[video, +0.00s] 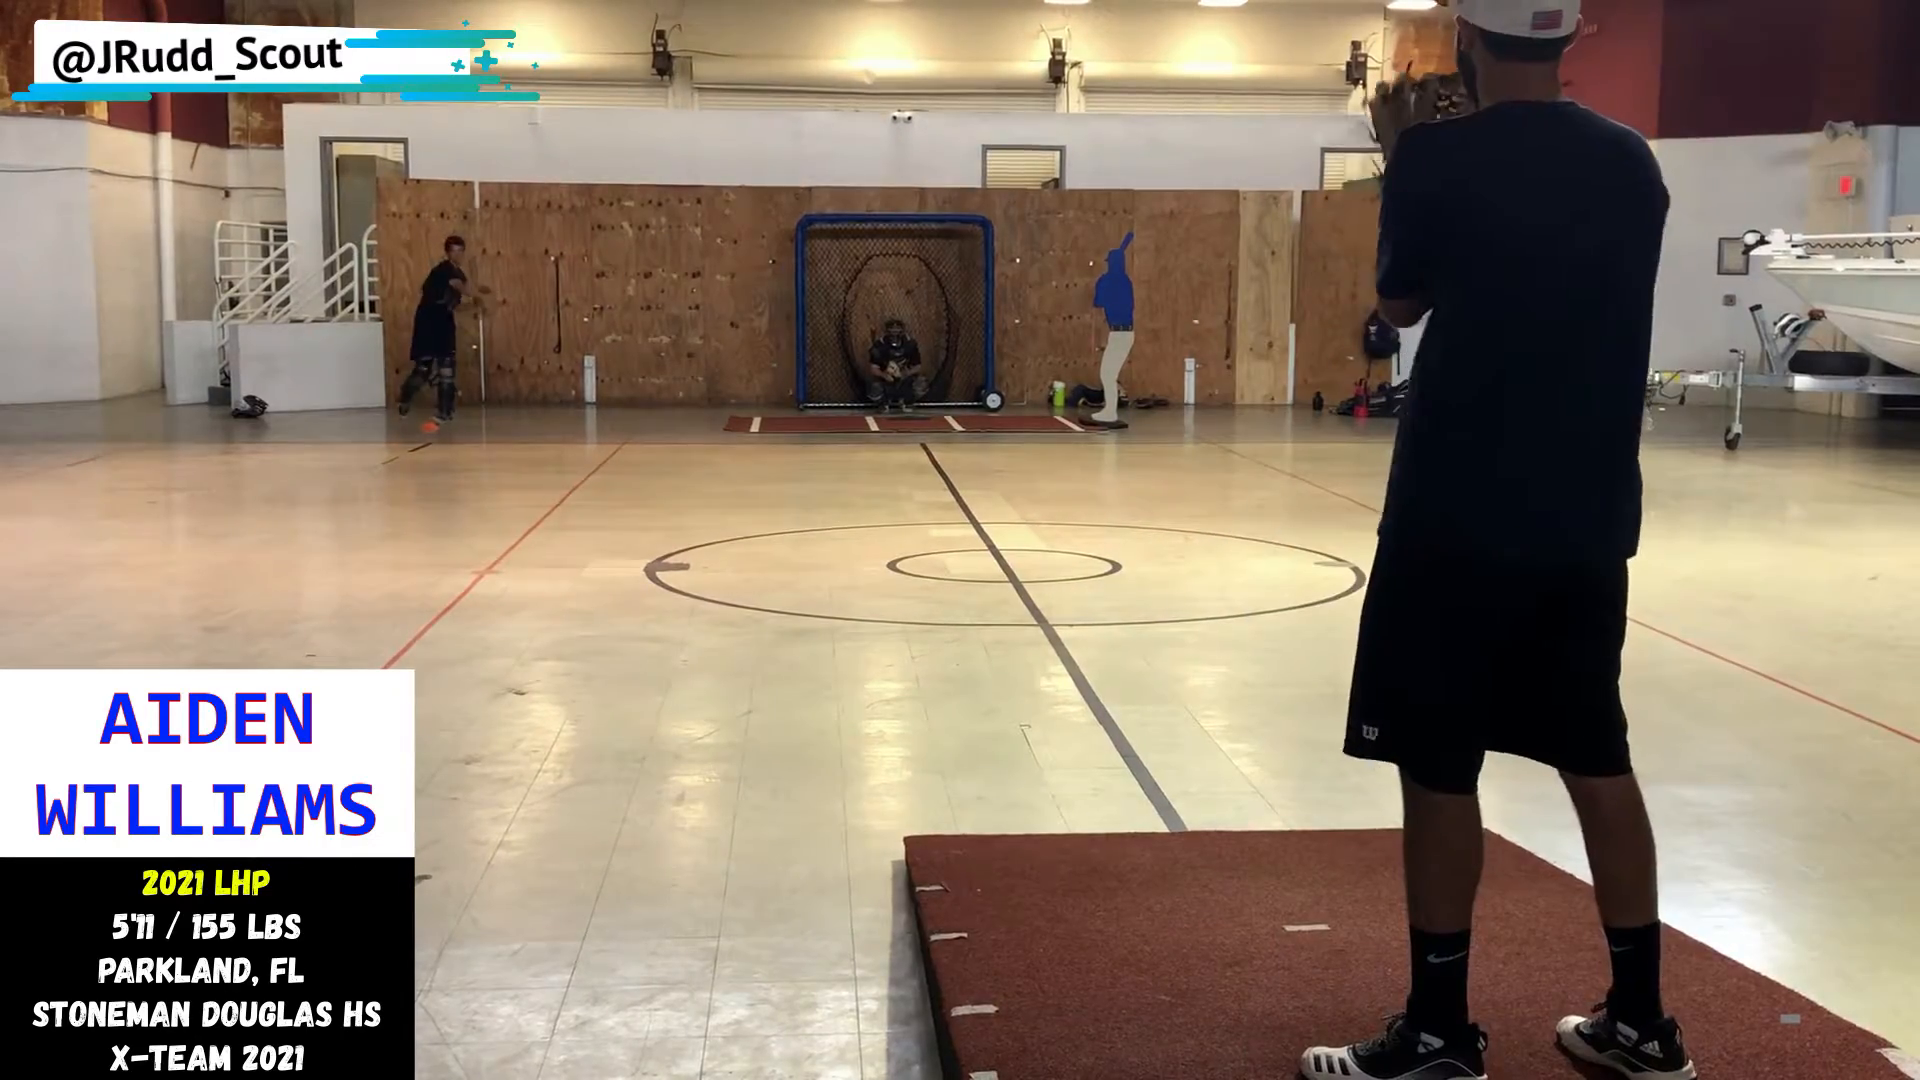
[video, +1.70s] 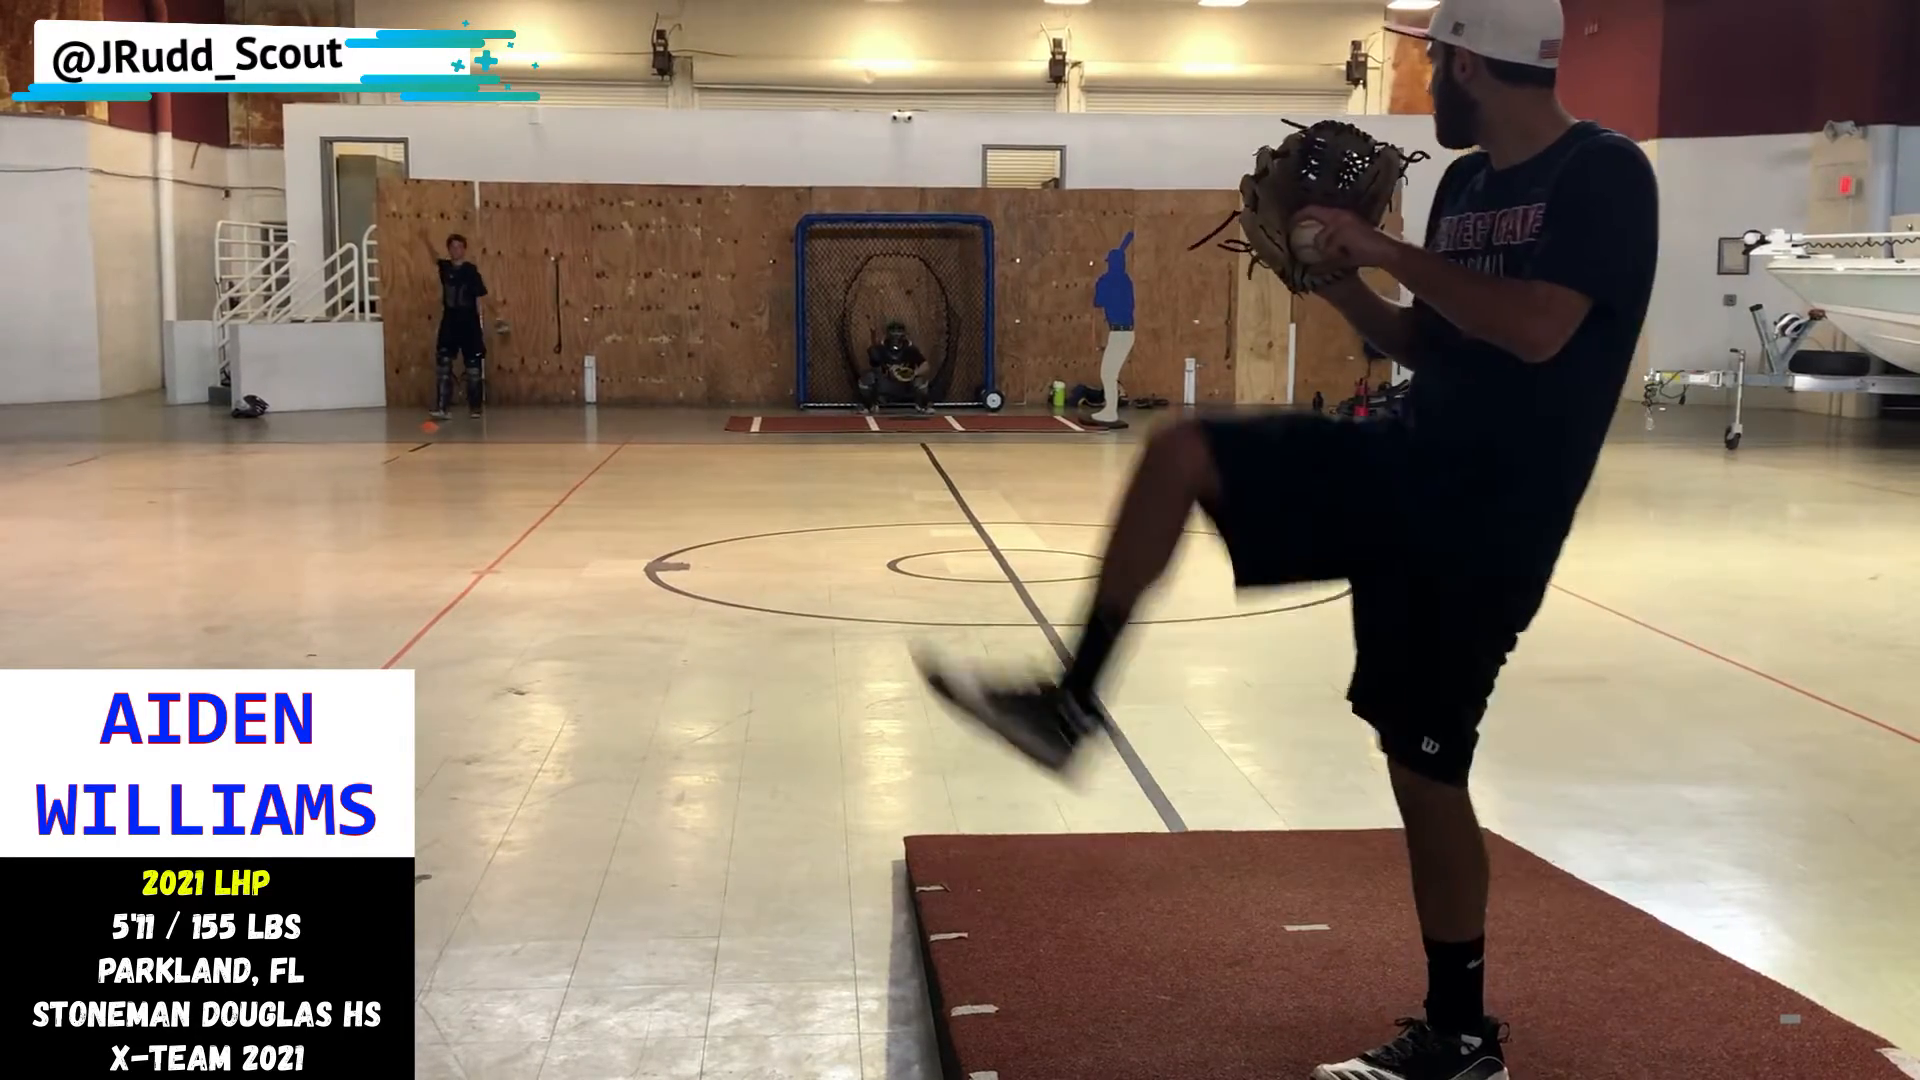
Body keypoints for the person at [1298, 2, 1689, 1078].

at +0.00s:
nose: (1459, 45)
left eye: (1460, 32)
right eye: (1480, 33)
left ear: (1470, 43)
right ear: (1567, 41)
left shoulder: (1435, 157)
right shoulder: (1634, 163)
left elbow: (1400, 300)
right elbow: (1565, 291)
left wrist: (1410, 160)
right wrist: (1414, 311)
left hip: (1452, 520)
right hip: (1587, 522)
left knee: (1438, 763)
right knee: (1598, 757)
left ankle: (1437, 1028)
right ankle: (1640, 1014)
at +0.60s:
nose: (1442, 95)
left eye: (1443, 72)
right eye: (1443, 73)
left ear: (1467, 71)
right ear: (1547, 69)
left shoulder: (1530, 178)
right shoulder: (1604, 169)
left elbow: (1517, 363)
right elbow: (1567, 355)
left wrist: (1425, 339)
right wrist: (1453, 336)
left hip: (1580, 534)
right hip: (1657, 525)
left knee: (1465, 754)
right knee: (1622, 762)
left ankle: (1436, 1026)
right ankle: (1688, 1002)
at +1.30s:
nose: (1463, 72)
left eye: (1472, 51)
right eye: (1466, 52)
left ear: (1505, 60)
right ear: (1543, 63)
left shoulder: (1626, 176)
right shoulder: (1505, 188)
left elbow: (1549, 332)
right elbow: (1488, 353)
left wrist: (1393, 246)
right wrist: (1378, 285)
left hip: (1592, 539)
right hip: (1538, 533)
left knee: (1457, 761)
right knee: (1559, 762)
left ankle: (1460, 1029)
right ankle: (1675, 988)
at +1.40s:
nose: (1452, 80)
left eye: (1460, 57)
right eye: (1456, 57)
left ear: (1491, 63)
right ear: (1526, 66)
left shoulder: (1623, 174)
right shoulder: (1495, 190)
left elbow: (1550, 326)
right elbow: (1455, 352)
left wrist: (1394, 248)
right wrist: (1358, 274)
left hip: (1564, 533)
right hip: (1485, 517)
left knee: (1445, 763)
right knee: (1413, 747)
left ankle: (1458, 1029)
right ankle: (1582, 904)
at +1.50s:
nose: (1445, 85)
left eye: (1452, 59)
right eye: (1446, 62)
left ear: (1489, 60)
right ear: (1526, 62)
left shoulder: (1624, 171)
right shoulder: (1485, 185)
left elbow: (1547, 326)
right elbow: (1452, 354)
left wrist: (1391, 243)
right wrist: (1352, 277)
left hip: (1539, 533)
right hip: (1446, 504)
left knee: (1429, 778)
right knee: (1296, 685)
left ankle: (1457, 1028)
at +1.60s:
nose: (1440, 79)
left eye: (1446, 55)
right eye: (1442, 57)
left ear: (1483, 58)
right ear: (1517, 61)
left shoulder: (1620, 172)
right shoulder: (1476, 183)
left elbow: (1547, 325)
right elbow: (1441, 344)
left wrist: (1390, 245)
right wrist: (1342, 278)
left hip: (1514, 526)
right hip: (1421, 483)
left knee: (1430, 771)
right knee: (1215, 575)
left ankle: (1457, 1030)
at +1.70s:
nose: (1431, 81)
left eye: (1439, 58)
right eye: (1433, 59)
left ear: (1475, 60)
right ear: (1513, 63)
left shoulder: (1608, 174)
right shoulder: (1463, 184)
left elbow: (1538, 326)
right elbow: (1421, 343)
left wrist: (1383, 250)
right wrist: (1334, 280)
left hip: (1488, 522)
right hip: (1398, 470)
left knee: (1425, 762)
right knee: (1179, 451)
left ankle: (1458, 1031)